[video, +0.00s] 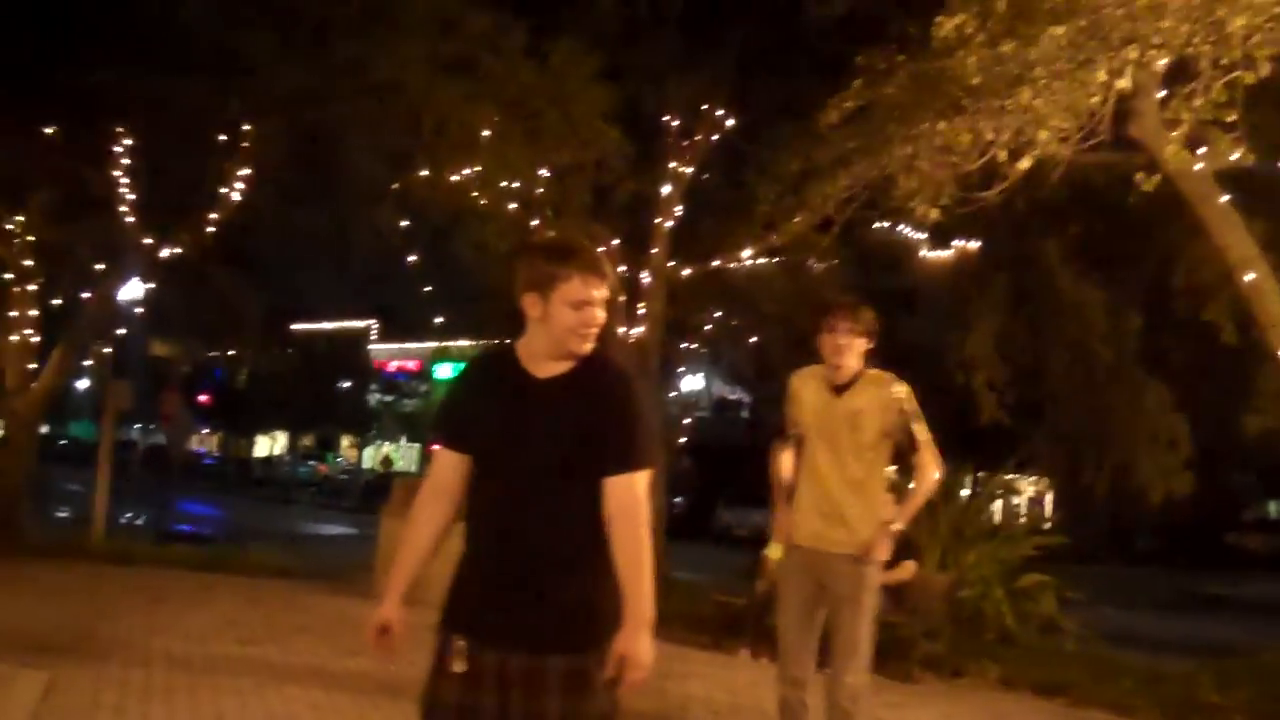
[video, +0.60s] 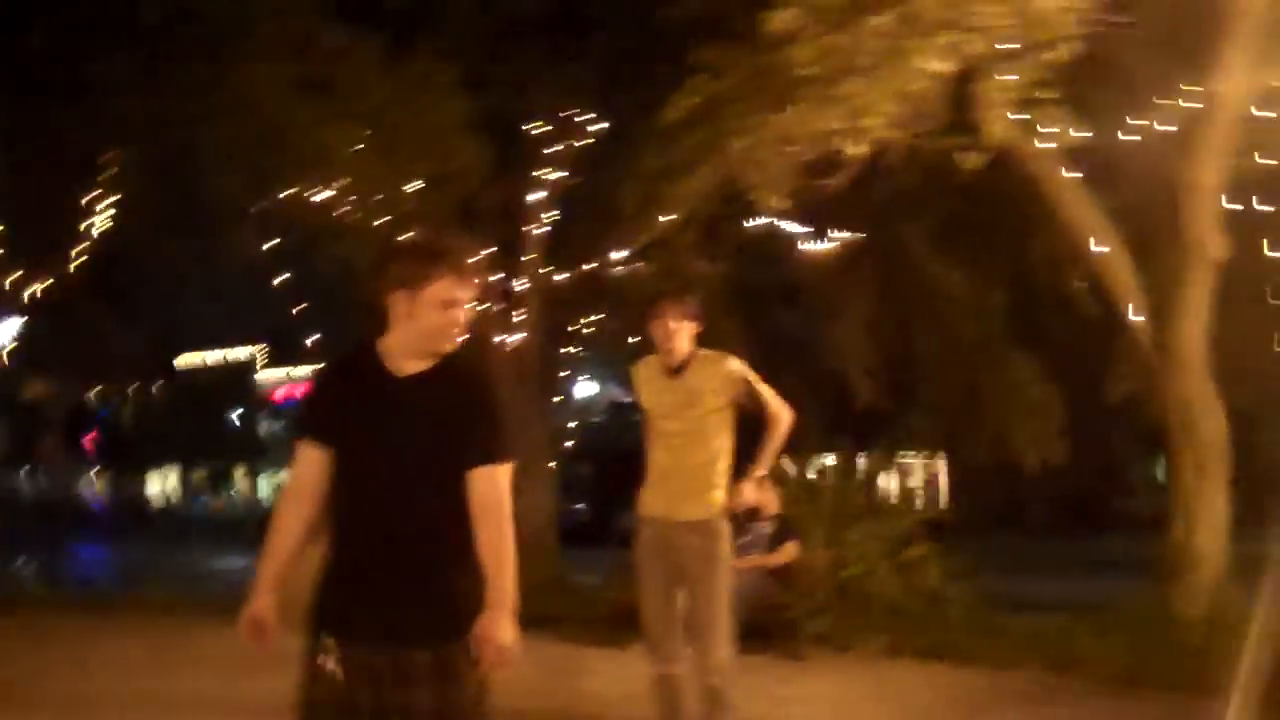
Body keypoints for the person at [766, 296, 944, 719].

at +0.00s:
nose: (839, 343)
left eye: (850, 334)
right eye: (832, 332)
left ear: (868, 343)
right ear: (819, 339)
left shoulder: (892, 393)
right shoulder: (801, 385)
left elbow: (930, 468)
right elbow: (790, 445)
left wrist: (895, 527)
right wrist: (782, 506)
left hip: (858, 555)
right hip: (800, 547)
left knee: (848, 684)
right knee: (792, 677)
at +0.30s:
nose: (793, 326)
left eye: (802, 316)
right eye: (786, 315)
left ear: (821, 321)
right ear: (775, 321)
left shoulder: (850, 364)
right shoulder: (765, 367)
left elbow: (906, 408)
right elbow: (770, 417)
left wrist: (878, 473)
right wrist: (764, 465)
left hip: (831, 519)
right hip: (777, 515)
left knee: (830, 639)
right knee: (777, 632)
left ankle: (829, 713)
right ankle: (784, 713)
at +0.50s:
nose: (728, 312)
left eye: (738, 302)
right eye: (721, 301)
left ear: (757, 305)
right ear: (710, 306)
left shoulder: (784, 346)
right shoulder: (700, 351)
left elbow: (842, 387)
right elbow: (708, 408)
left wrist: (811, 452)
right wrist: (702, 458)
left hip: (761, 499)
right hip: (707, 498)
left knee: (757, 618)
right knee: (707, 616)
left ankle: (757, 710)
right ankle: (713, 709)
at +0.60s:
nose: (667, 332)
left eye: (676, 323)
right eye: (660, 322)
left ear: (695, 328)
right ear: (649, 330)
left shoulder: (724, 369)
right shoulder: (643, 373)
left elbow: (781, 414)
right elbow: (652, 427)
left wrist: (755, 478)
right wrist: (651, 482)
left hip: (706, 523)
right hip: (654, 522)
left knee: (712, 645)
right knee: (660, 642)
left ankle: (716, 712)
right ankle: (671, 714)